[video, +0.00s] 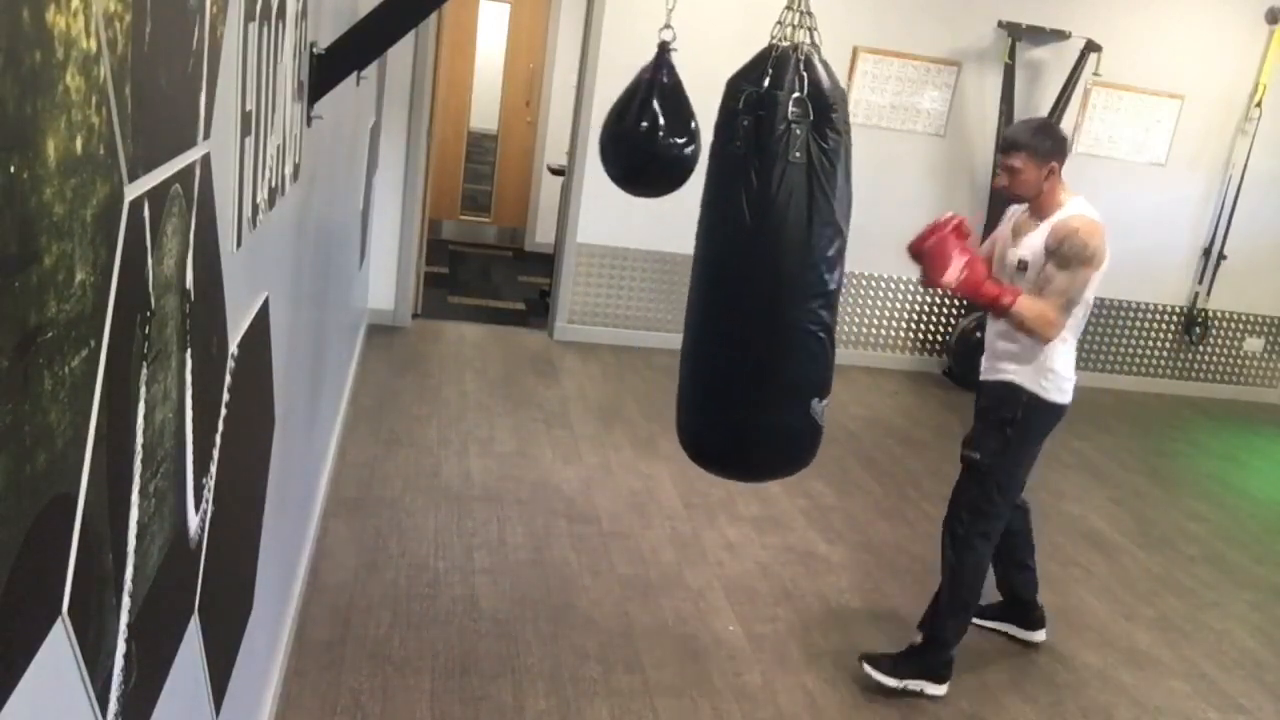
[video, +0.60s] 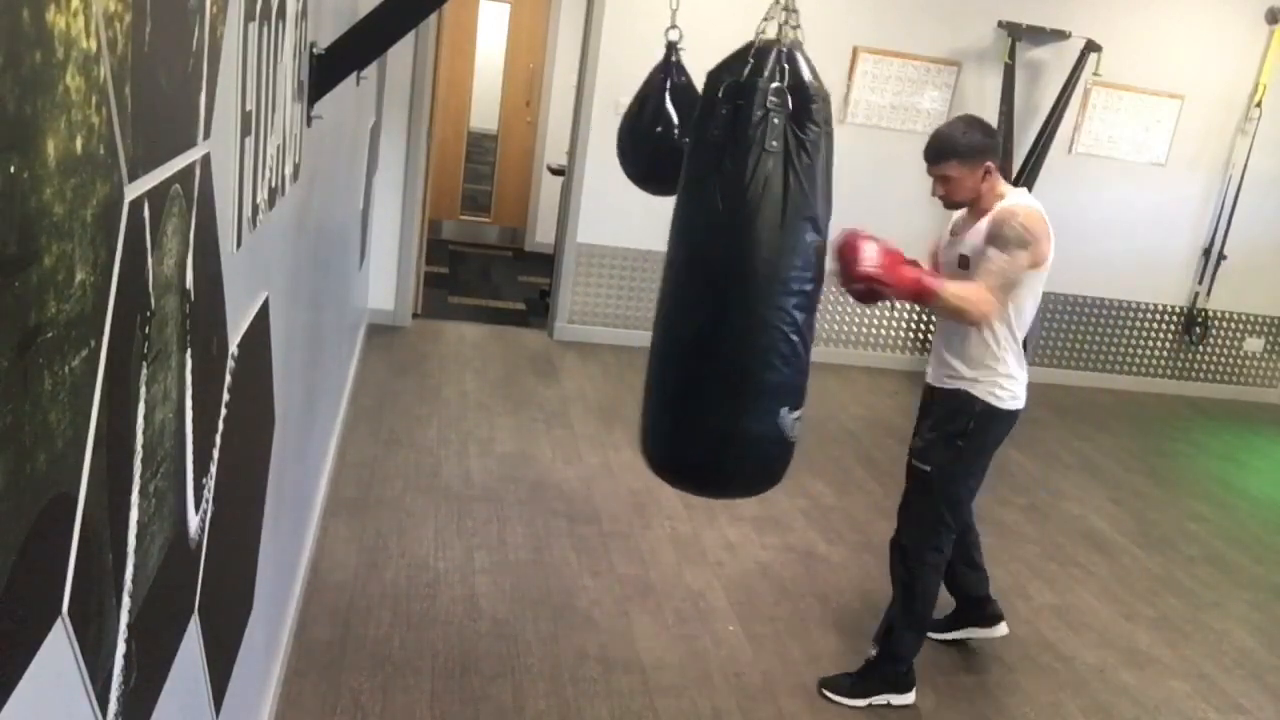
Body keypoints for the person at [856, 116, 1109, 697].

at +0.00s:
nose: (1003, 176)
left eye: (1013, 168)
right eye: (1002, 166)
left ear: (1051, 169)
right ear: (1021, 170)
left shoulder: (1080, 232)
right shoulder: (1017, 218)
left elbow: (1047, 322)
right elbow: (979, 273)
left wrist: (981, 286)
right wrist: (951, 255)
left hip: (1030, 390)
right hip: (1003, 380)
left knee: (971, 518)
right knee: (1001, 498)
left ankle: (932, 660)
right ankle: (1022, 607)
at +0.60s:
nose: (937, 189)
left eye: (946, 179)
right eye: (935, 178)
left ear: (986, 171)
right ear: (963, 170)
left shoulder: (1020, 221)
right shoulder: (967, 217)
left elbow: (981, 305)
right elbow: (941, 283)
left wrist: (908, 279)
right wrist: (888, 276)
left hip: (978, 398)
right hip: (948, 388)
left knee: (921, 532)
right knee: (944, 509)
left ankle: (892, 670)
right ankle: (978, 606)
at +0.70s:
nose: (934, 193)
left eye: (945, 184)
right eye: (932, 182)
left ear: (986, 174)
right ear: (933, 175)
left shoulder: (1032, 228)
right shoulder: (939, 203)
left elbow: (1023, 326)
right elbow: (882, 230)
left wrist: (945, 284)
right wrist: (840, 243)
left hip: (981, 398)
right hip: (932, 383)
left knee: (920, 533)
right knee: (939, 505)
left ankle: (891, 671)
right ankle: (975, 602)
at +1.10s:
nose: (934, 196)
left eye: (942, 184)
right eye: (933, 184)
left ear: (984, 177)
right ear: (965, 179)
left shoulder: (1030, 235)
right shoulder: (962, 227)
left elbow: (1030, 332)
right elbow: (947, 291)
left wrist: (955, 309)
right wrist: (897, 274)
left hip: (996, 406)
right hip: (962, 392)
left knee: (916, 528)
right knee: (952, 509)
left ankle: (892, 670)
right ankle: (980, 625)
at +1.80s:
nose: (933, 244)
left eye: (935, 233)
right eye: (928, 234)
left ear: (972, 217)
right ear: (972, 214)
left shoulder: (1048, 268)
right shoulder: (992, 251)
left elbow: (1081, 381)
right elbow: (983, 328)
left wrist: (981, 373)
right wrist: (935, 319)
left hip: (1029, 450)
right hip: (1005, 435)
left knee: (960, 592)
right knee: (1016, 558)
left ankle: (940, 710)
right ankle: (1032, 669)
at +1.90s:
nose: (938, 245)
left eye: (939, 232)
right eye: (933, 234)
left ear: (973, 216)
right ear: (976, 212)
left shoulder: (1050, 268)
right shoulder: (1003, 251)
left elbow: (1100, 381)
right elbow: (1000, 336)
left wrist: (998, 401)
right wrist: (952, 317)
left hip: (1030, 456)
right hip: (1021, 443)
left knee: (962, 601)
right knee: (1031, 580)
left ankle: (943, 712)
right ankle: (1088, 705)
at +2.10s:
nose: (958, 217)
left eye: (961, 205)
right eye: (954, 205)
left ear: (995, 194)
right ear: (1018, 185)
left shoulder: (1008, 257)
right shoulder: (1094, 233)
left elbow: (974, 372)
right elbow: (1057, 305)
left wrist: (890, 360)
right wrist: (986, 273)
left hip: (1013, 464)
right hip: (1082, 462)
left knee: (960, 608)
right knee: (1059, 589)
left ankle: (940, 711)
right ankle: (1087, 709)